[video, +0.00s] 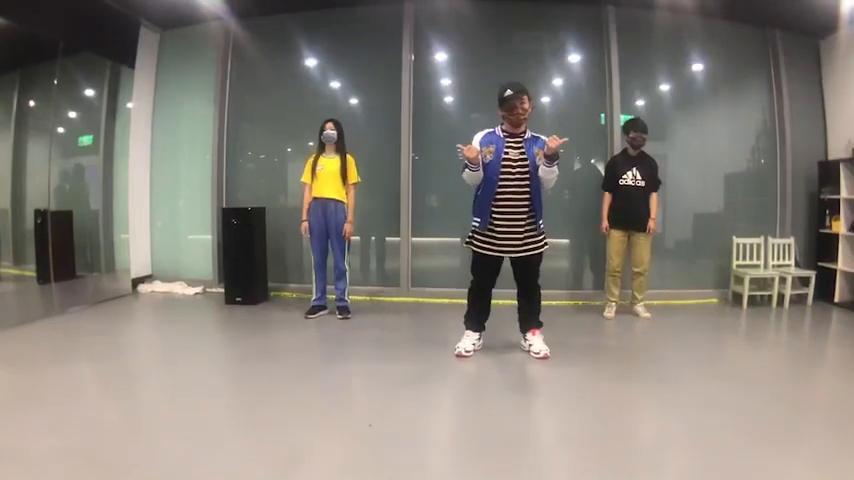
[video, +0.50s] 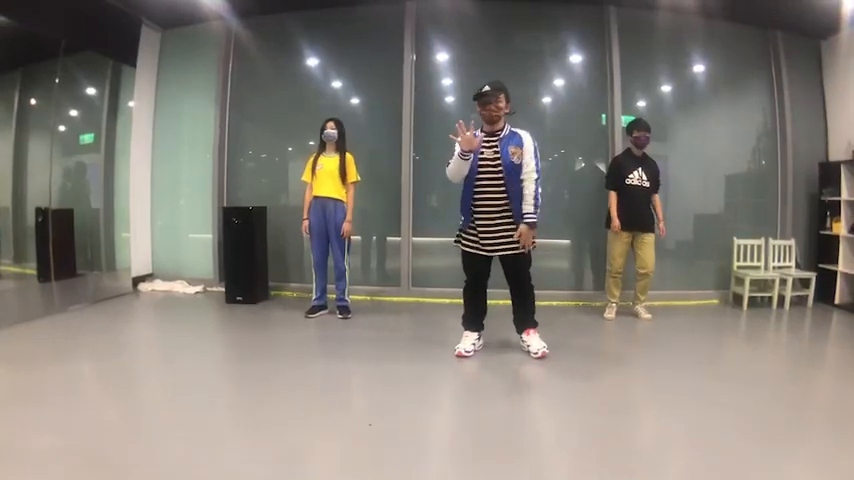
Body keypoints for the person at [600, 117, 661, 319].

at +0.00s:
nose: (638, 140)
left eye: (642, 137)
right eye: (635, 136)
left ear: (646, 138)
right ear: (626, 137)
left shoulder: (650, 163)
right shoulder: (615, 162)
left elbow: (653, 193)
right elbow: (607, 192)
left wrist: (652, 218)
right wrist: (604, 219)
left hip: (641, 223)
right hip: (617, 222)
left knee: (641, 267)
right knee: (614, 267)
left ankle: (638, 302)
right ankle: (612, 302)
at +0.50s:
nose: (643, 138)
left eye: (646, 135)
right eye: (638, 135)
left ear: (650, 137)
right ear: (630, 137)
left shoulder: (651, 165)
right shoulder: (619, 161)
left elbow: (654, 195)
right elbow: (612, 191)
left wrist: (660, 220)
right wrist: (614, 217)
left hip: (645, 225)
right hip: (621, 224)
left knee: (647, 269)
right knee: (615, 268)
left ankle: (639, 303)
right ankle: (612, 303)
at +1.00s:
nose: (638, 138)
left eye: (642, 135)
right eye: (634, 135)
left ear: (647, 136)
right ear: (627, 135)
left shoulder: (653, 162)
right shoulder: (617, 162)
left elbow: (658, 191)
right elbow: (611, 191)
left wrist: (662, 216)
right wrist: (608, 217)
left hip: (645, 223)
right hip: (621, 223)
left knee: (644, 267)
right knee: (617, 267)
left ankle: (639, 302)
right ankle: (613, 302)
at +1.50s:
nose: (640, 135)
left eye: (643, 131)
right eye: (635, 131)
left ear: (648, 134)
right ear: (628, 134)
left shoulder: (654, 160)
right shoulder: (618, 161)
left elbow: (657, 189)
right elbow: (612, 191)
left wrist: (653, 213)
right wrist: (609, 217)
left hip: (646, 222)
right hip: (622, 222)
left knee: (645, 266)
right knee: (619, 267)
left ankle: (641, 301)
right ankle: (615, 302)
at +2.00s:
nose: (640, 138)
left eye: (643, 134)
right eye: (636, 134)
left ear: (648, 137)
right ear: (629, 137)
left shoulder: (653, 164)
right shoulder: (618, 164)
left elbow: (658, 195)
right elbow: (613, 192)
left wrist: (662, 221)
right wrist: (615, 217)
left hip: (648, 225)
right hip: (623, 225)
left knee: (648, 269)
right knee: (620, 270)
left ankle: (644, 304)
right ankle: (618, 305)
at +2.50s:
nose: (643, 145)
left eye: (646, 142)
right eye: (638, 142)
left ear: (650, 144)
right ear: (631, 144)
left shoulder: (657, 172)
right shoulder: (621, 171)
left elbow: (662, 202)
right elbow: (615, 200)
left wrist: (663, 228)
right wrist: (611, 226)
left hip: (649, 232)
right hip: (624, 232)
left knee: (652, 276)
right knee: (620, 273)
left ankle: (651, 308)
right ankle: (619, 308)